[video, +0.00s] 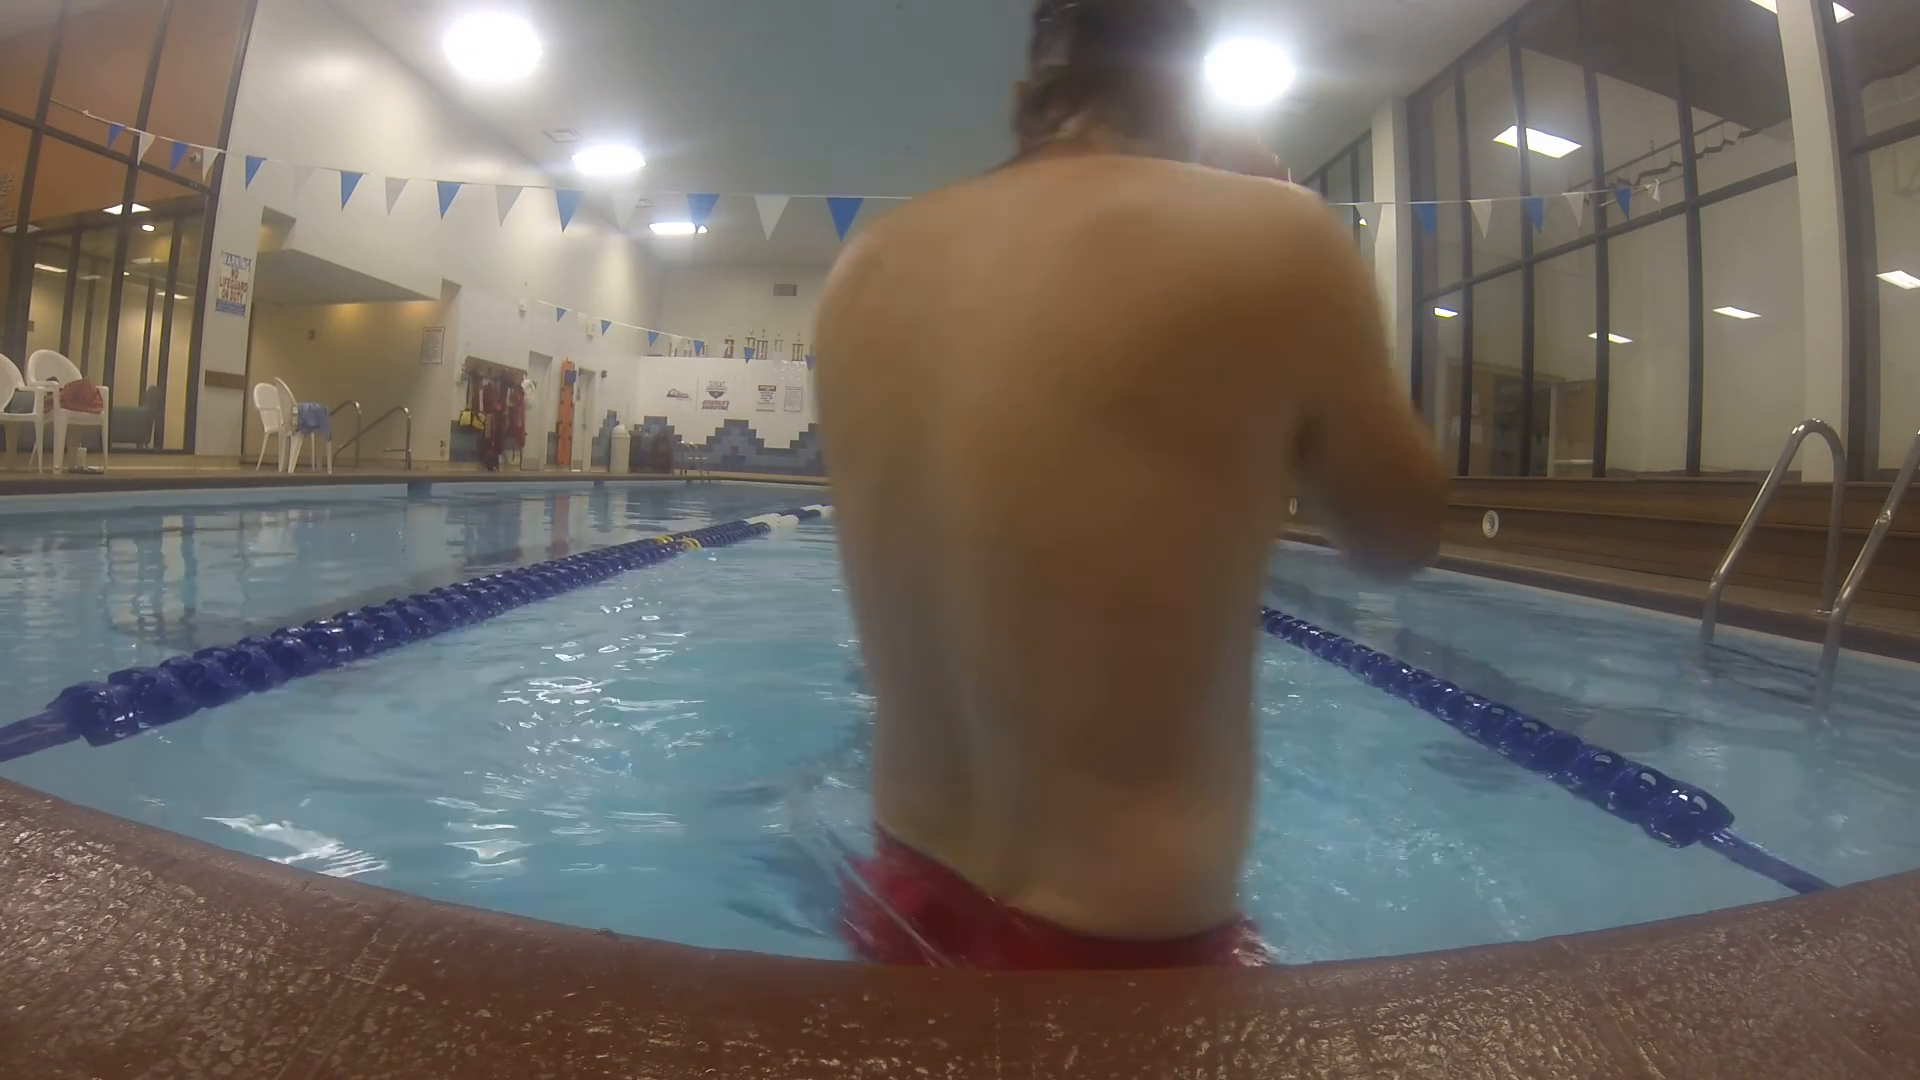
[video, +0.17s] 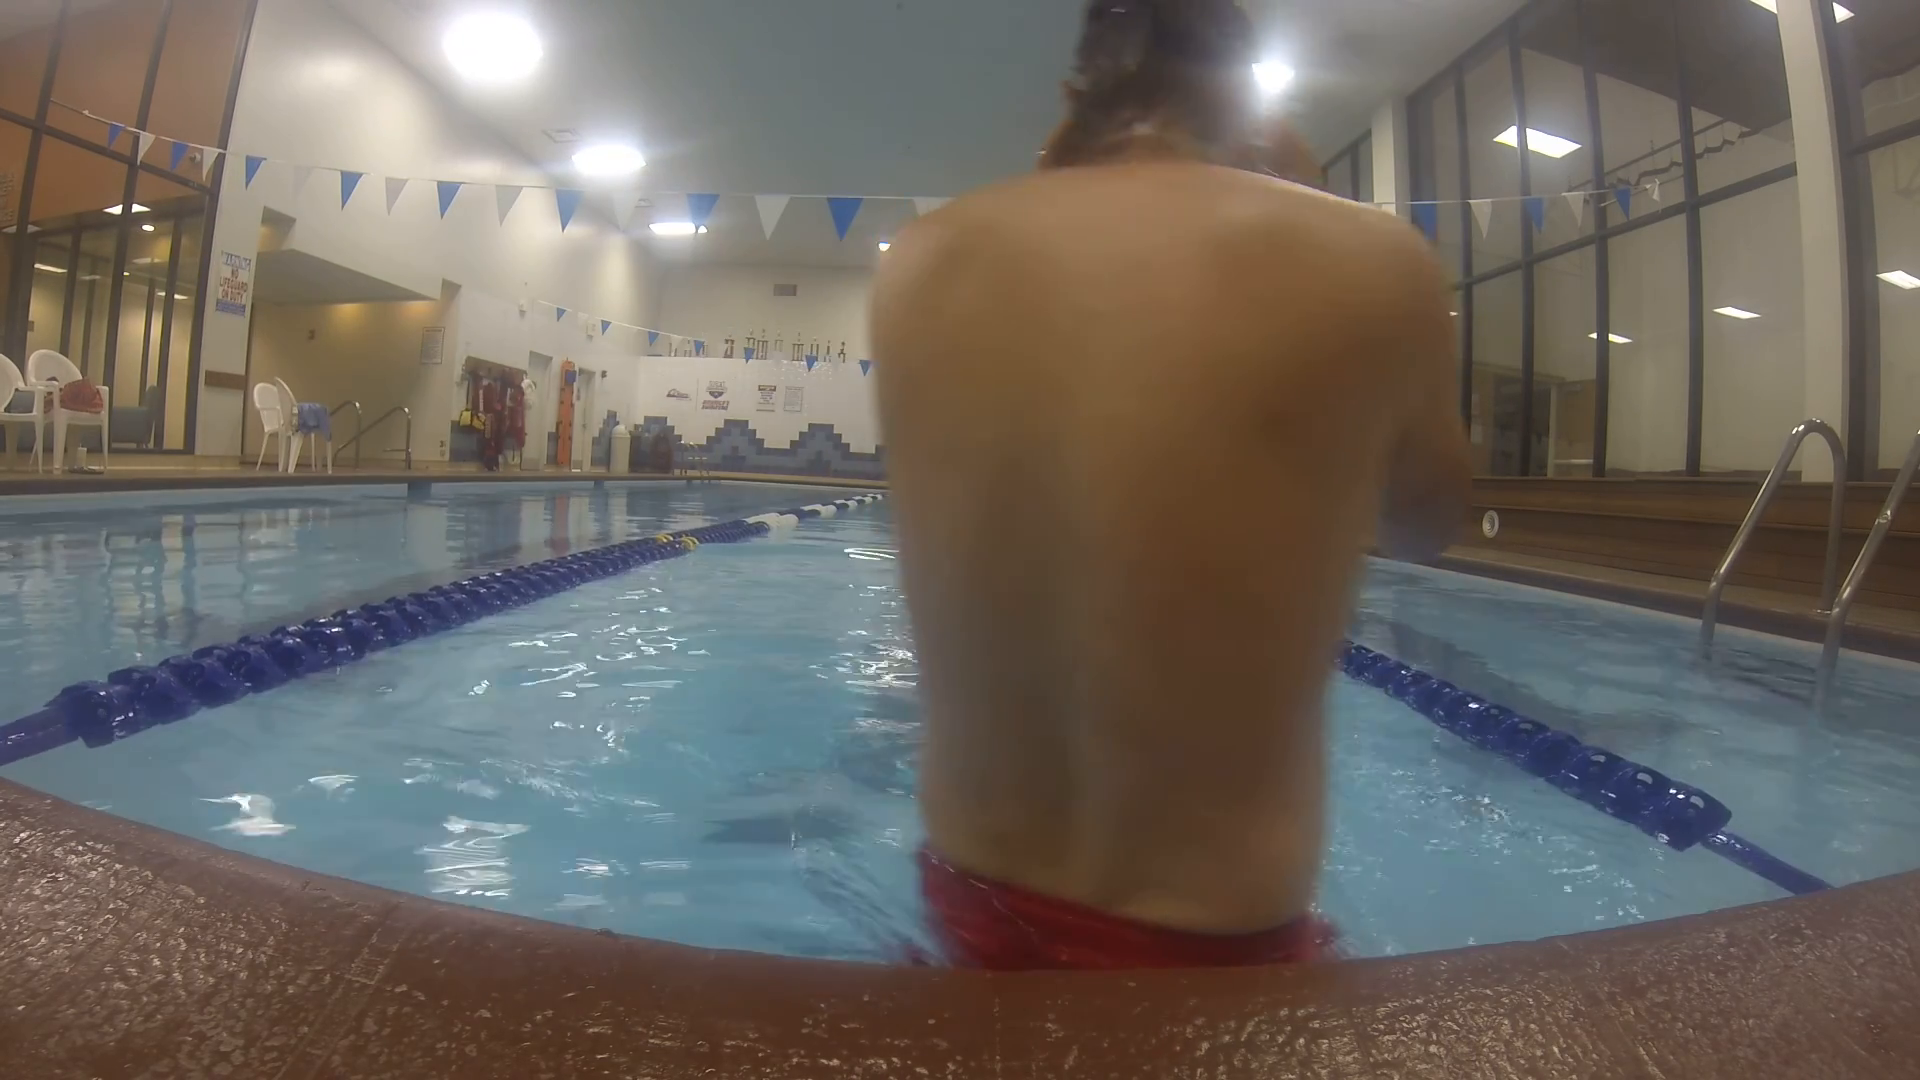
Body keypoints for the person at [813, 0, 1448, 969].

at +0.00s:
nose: (1235, 91)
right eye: (1223, 63)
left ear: (1040, 82)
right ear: (1198, 78)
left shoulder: (872, 260)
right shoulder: (1271, 242)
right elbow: (1399, 528)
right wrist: (1266, 202)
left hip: (899, 924)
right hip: (1139, 967)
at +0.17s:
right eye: (1275, 70)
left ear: (1082, 85)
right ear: (1253, 90)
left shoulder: (922, 263)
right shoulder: (1373, 265)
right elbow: (1429, 513)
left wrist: (1051, 192)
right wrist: (1303, 205)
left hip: (969, 923)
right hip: (1226, 959)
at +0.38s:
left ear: (1148, 113)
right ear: (1338, 139)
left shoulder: (1028, 257)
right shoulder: (1494, 306)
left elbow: (955, 473)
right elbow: (1457, 519)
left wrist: (1092, 211)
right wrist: (1347, 212)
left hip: (1064, 953)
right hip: (1347, 969)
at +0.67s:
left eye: (1241, 99)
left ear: (1256, 104)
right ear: (1421, 120)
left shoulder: (1185, 232)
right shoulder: (1581, 315)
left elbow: (1024, 478)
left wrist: (1174, 202)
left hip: (1168, 949)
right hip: (1437, 954)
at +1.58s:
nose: (1237, 133)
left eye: (1247, 115)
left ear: (1269, 123)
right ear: (1417, 133)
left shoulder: (1205, 242)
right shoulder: (1576, 307)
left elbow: (1068, 527)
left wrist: (1180, 215)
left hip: (1209, 944)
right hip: (1469, 941)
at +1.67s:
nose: (1247, 152)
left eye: (1253, 128)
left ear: (1273, 136)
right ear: (1421, 148)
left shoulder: (1194, 256)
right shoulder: (1568, 316)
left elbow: (1063, 581)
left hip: (1206, 943)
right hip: (1467, 942)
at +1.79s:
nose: (1241, 179)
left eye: (1246, 157)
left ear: (1264, 161)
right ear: (1411, 172)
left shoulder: (1174, 300)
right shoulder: (1558, 342)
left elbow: (1058, 676)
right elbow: (1552, 697)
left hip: (1205, 953)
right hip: (1468, 951)